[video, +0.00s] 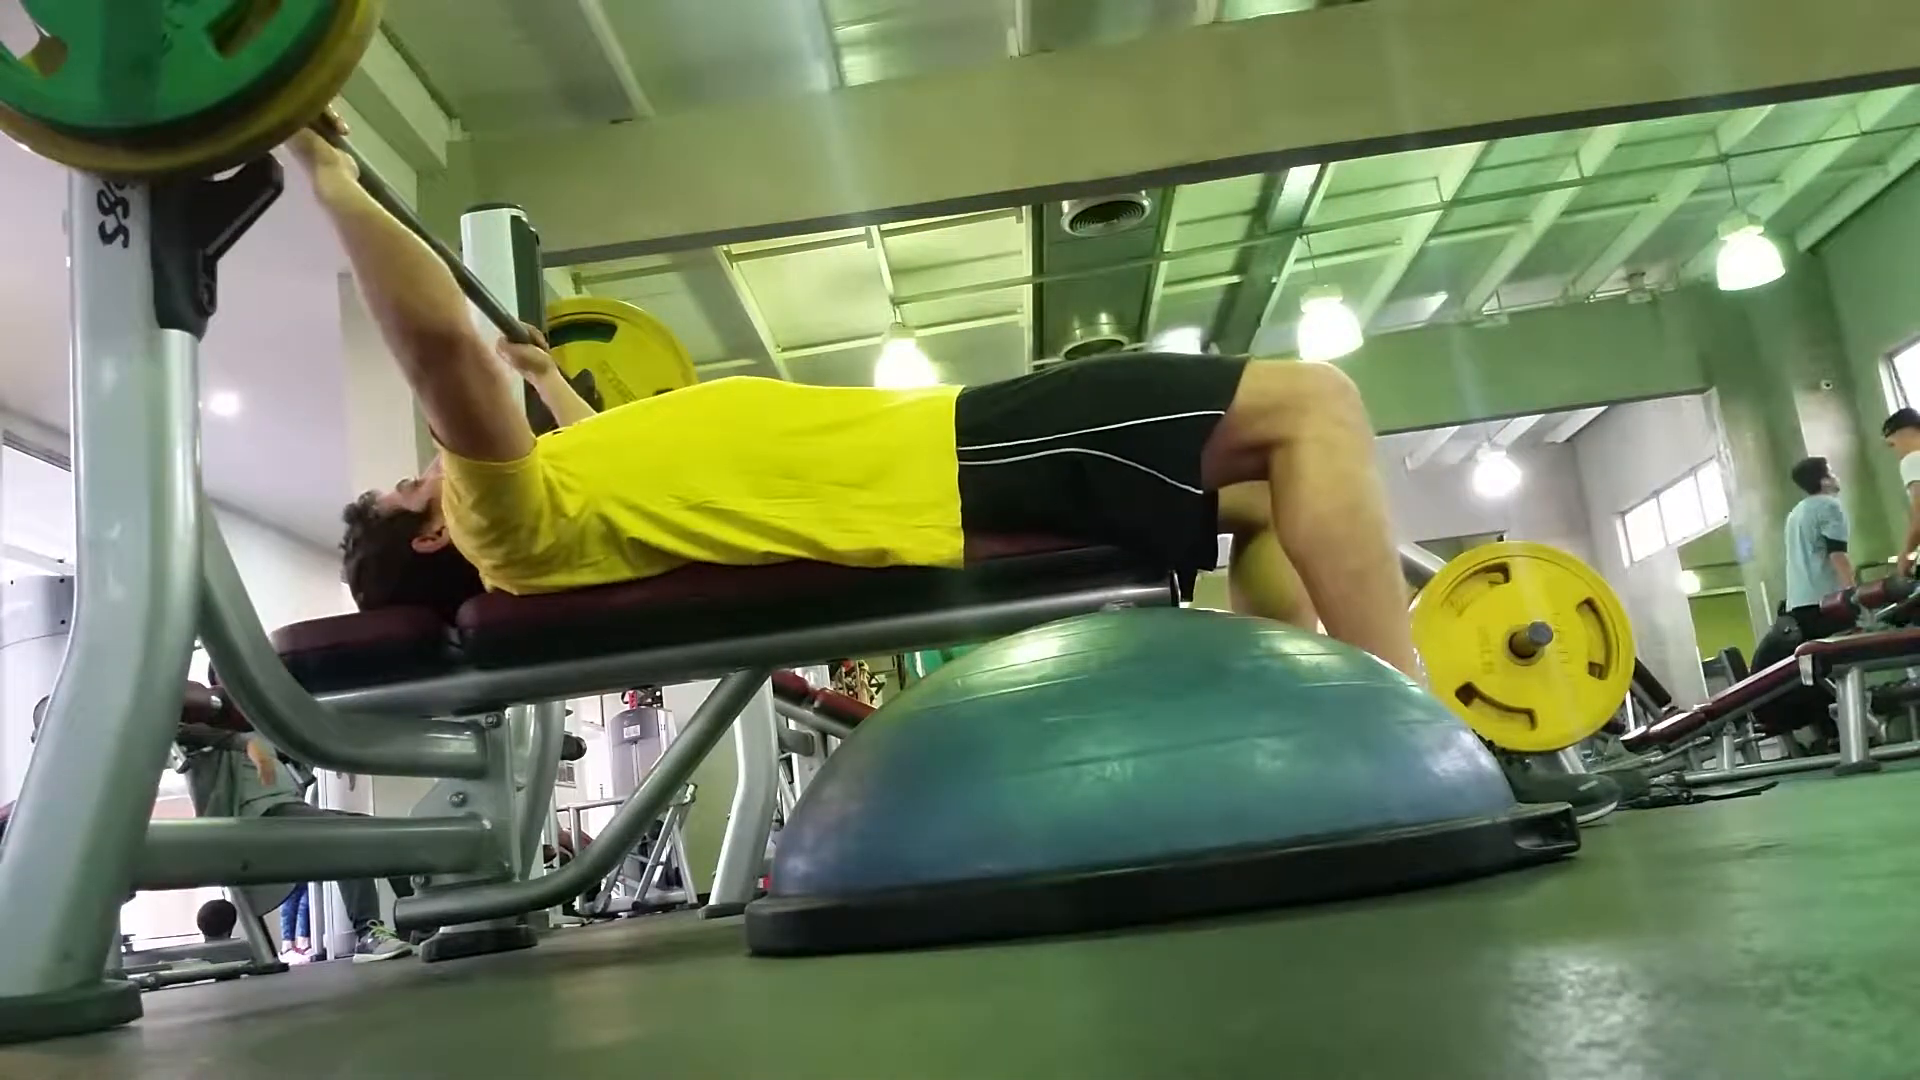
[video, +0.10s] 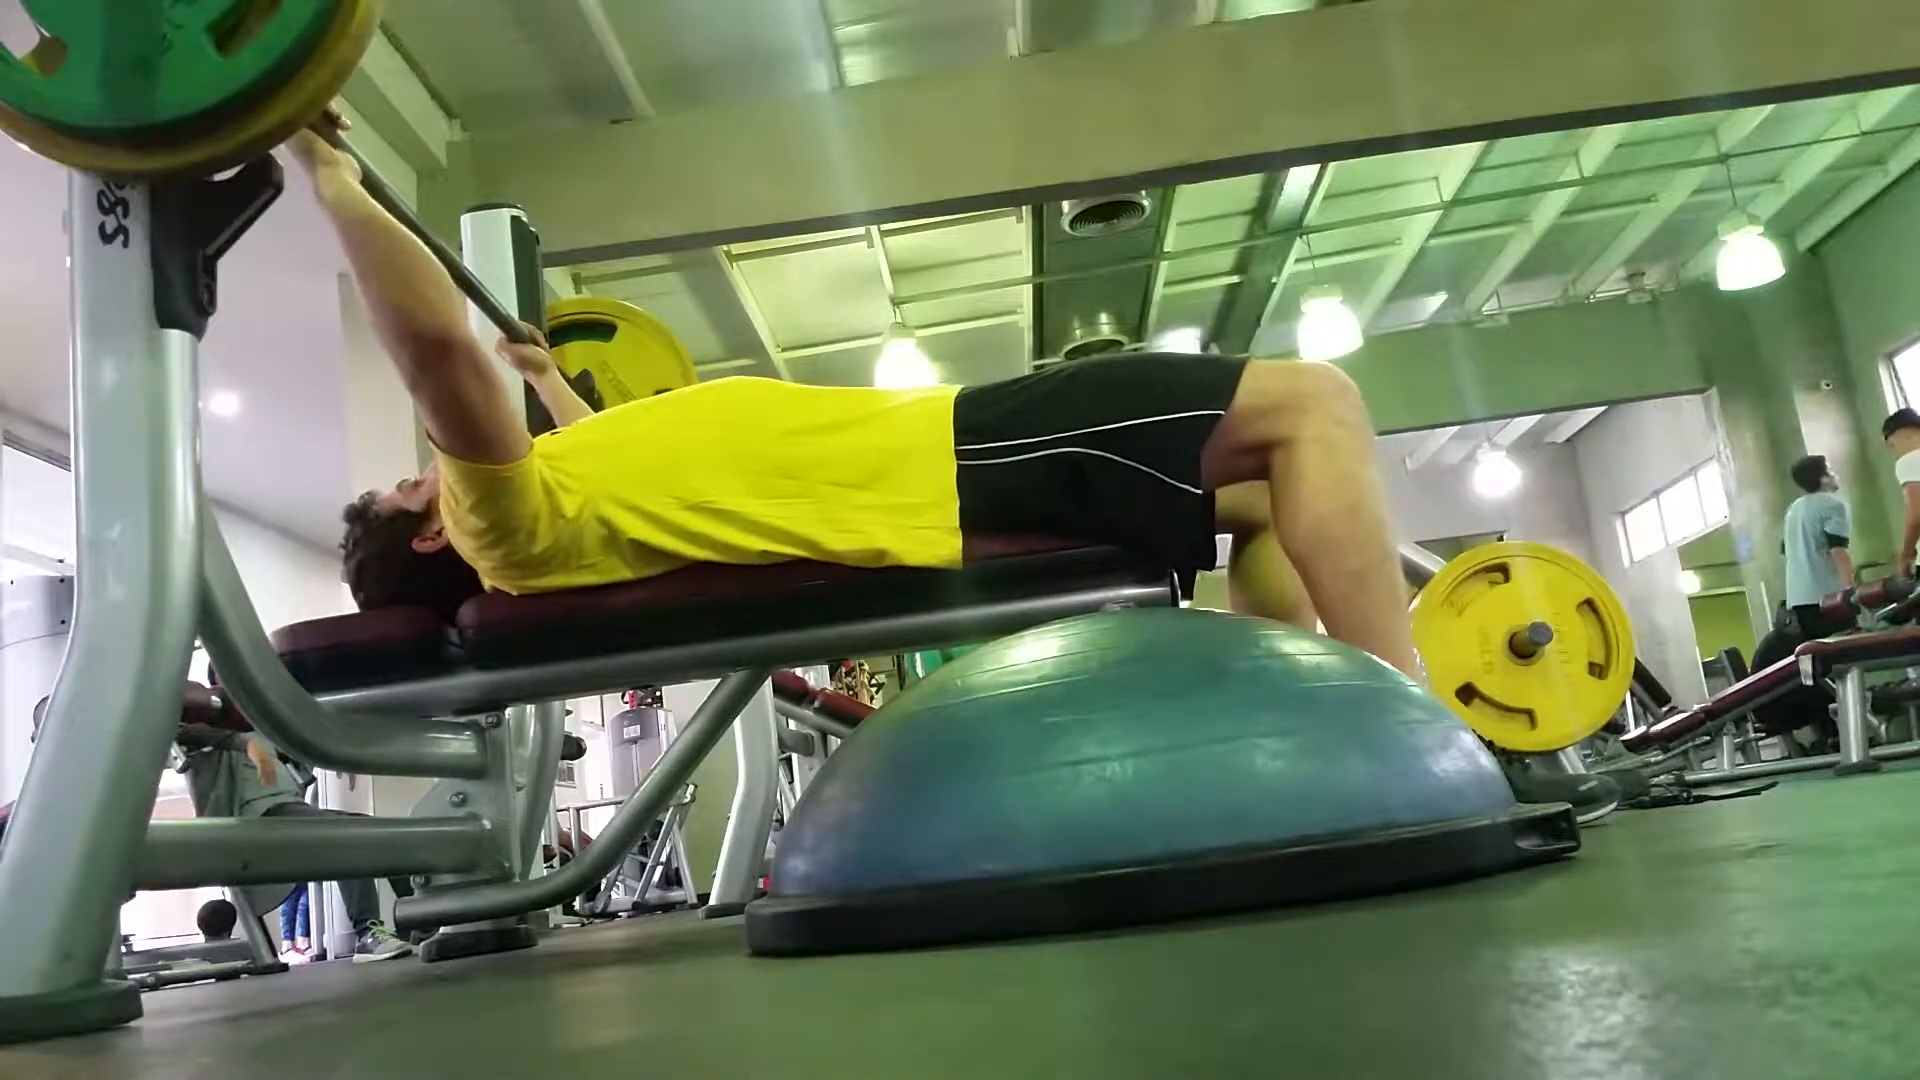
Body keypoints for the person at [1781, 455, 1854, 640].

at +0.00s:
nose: (1835, 476)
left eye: (1831, 471)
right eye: (1830, 472)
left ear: (1808, 485)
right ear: (1823, 480)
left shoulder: (1795, 513)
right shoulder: (1829, 505)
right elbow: (1837, 555)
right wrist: (1854, 596)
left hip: (1798, 605)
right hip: (1827, 603)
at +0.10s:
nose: (1835, 473)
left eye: (1830, 469)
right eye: (1829, 470)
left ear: (1806, 483)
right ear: (1822, 478)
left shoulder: (1793, 509)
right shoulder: (1833, 504)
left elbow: (1785, 549)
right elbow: (1838, 550)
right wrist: (1851, 592)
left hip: (1799, 602)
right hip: (1829, 599)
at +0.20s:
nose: (1833, 472)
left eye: (1829, 467)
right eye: (1828, 469)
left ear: (1803, 482)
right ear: (1822, 477)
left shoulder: (1789, 511)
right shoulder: (1833, 502)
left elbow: (1775, 557)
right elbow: (1828, 545)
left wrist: (1790, 588)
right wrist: (1851, 586)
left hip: (1798, 601)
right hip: (1827, 598)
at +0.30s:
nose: (1831, 473)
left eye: (1827, 468)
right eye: (1825, 469)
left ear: (1801, 483)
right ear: (1819, 477)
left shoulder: (1785, 514)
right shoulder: (1830, 503)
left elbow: (1777, 558)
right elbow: (1823, 548)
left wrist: (1784, 590)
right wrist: (1845, 591)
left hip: (1798, 603)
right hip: (1827, 600)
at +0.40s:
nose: (1824, 476)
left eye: (1820, 472)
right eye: (1819, 473)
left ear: (1796, 486)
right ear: (1813, 479)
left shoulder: (1782, 517)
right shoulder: (1825, 508)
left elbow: (1777, 566)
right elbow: (1825, 558)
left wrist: (1792, 593)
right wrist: (1847, 594)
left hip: (1795, 607)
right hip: (1825, 603)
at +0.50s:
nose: (1821, 480)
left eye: (1817, 475)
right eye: (1817, 476)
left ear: (1794, 489)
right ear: (1811, 483)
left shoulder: (1780, 518)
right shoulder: (1822, 511)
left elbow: (1776, 556)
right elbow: (1825, 560)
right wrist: (1849, 596)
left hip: (1793, 607)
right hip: (1823, 603)